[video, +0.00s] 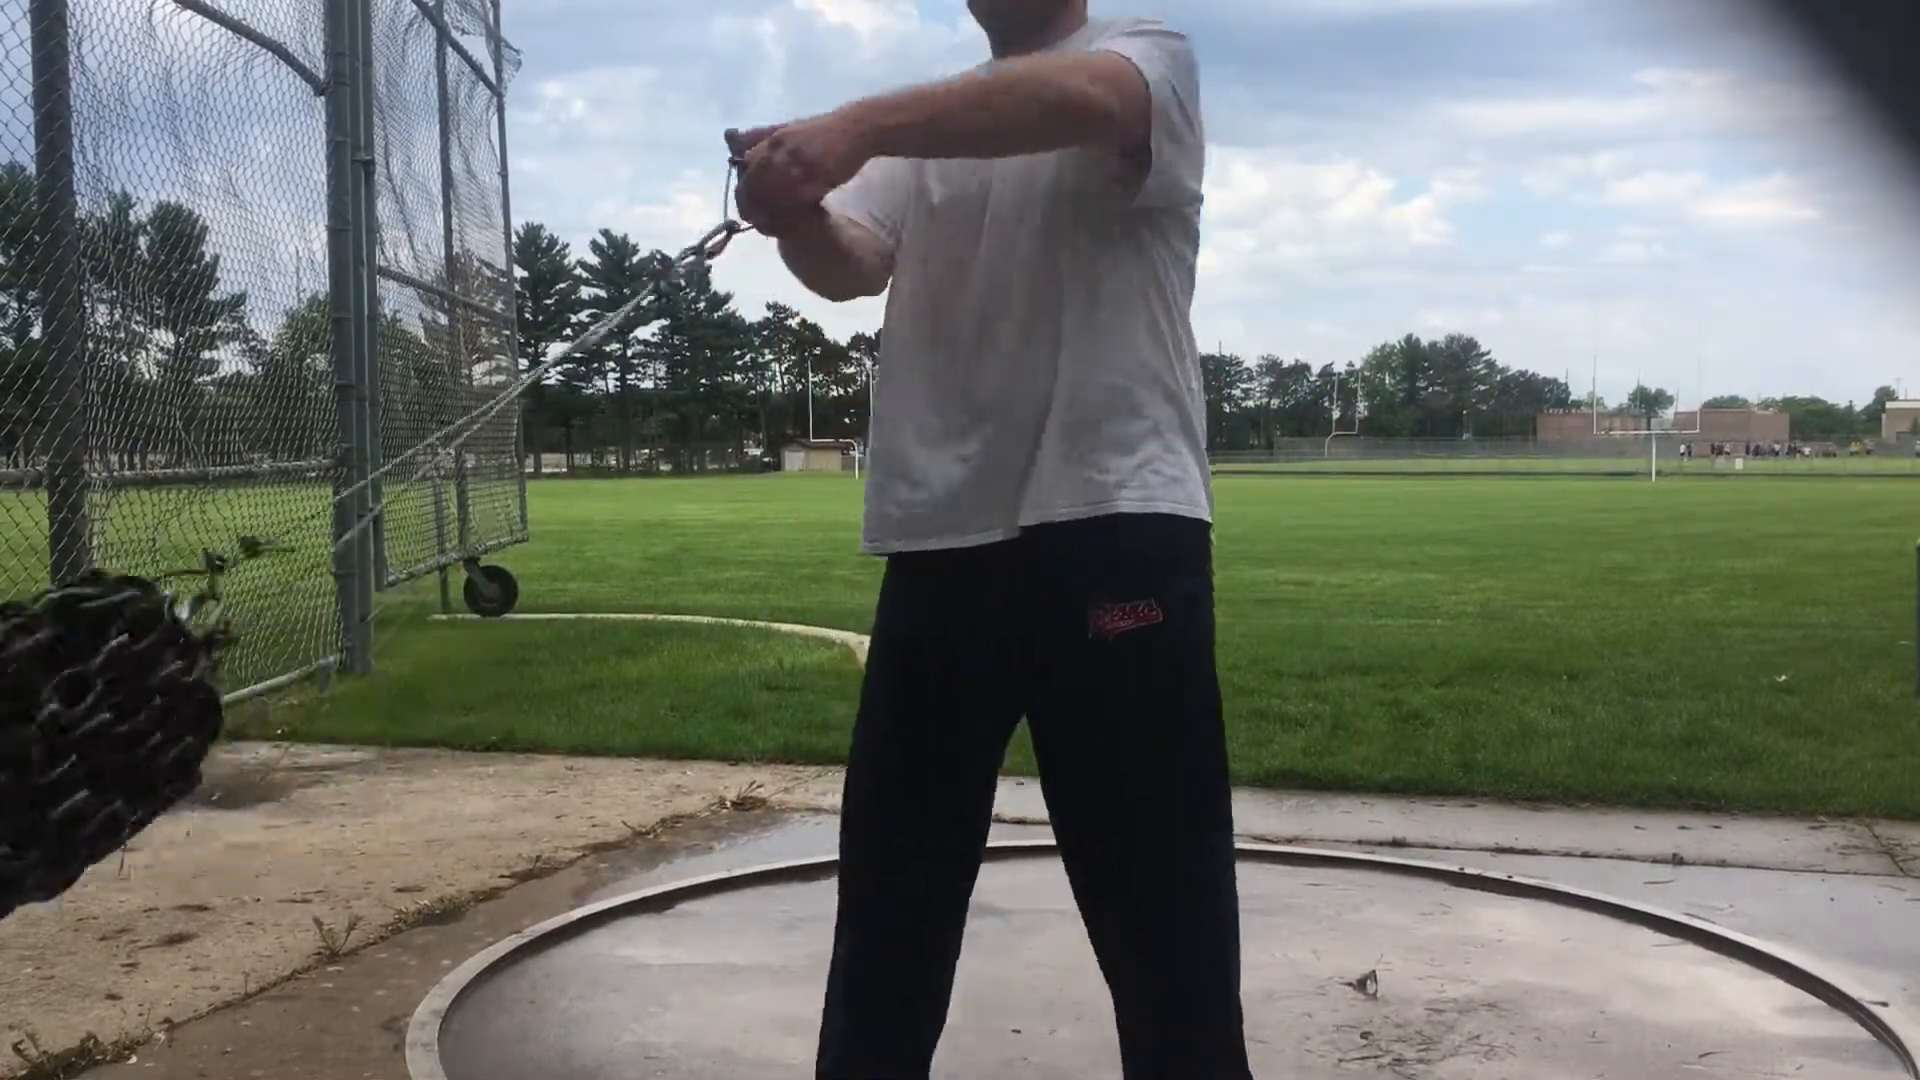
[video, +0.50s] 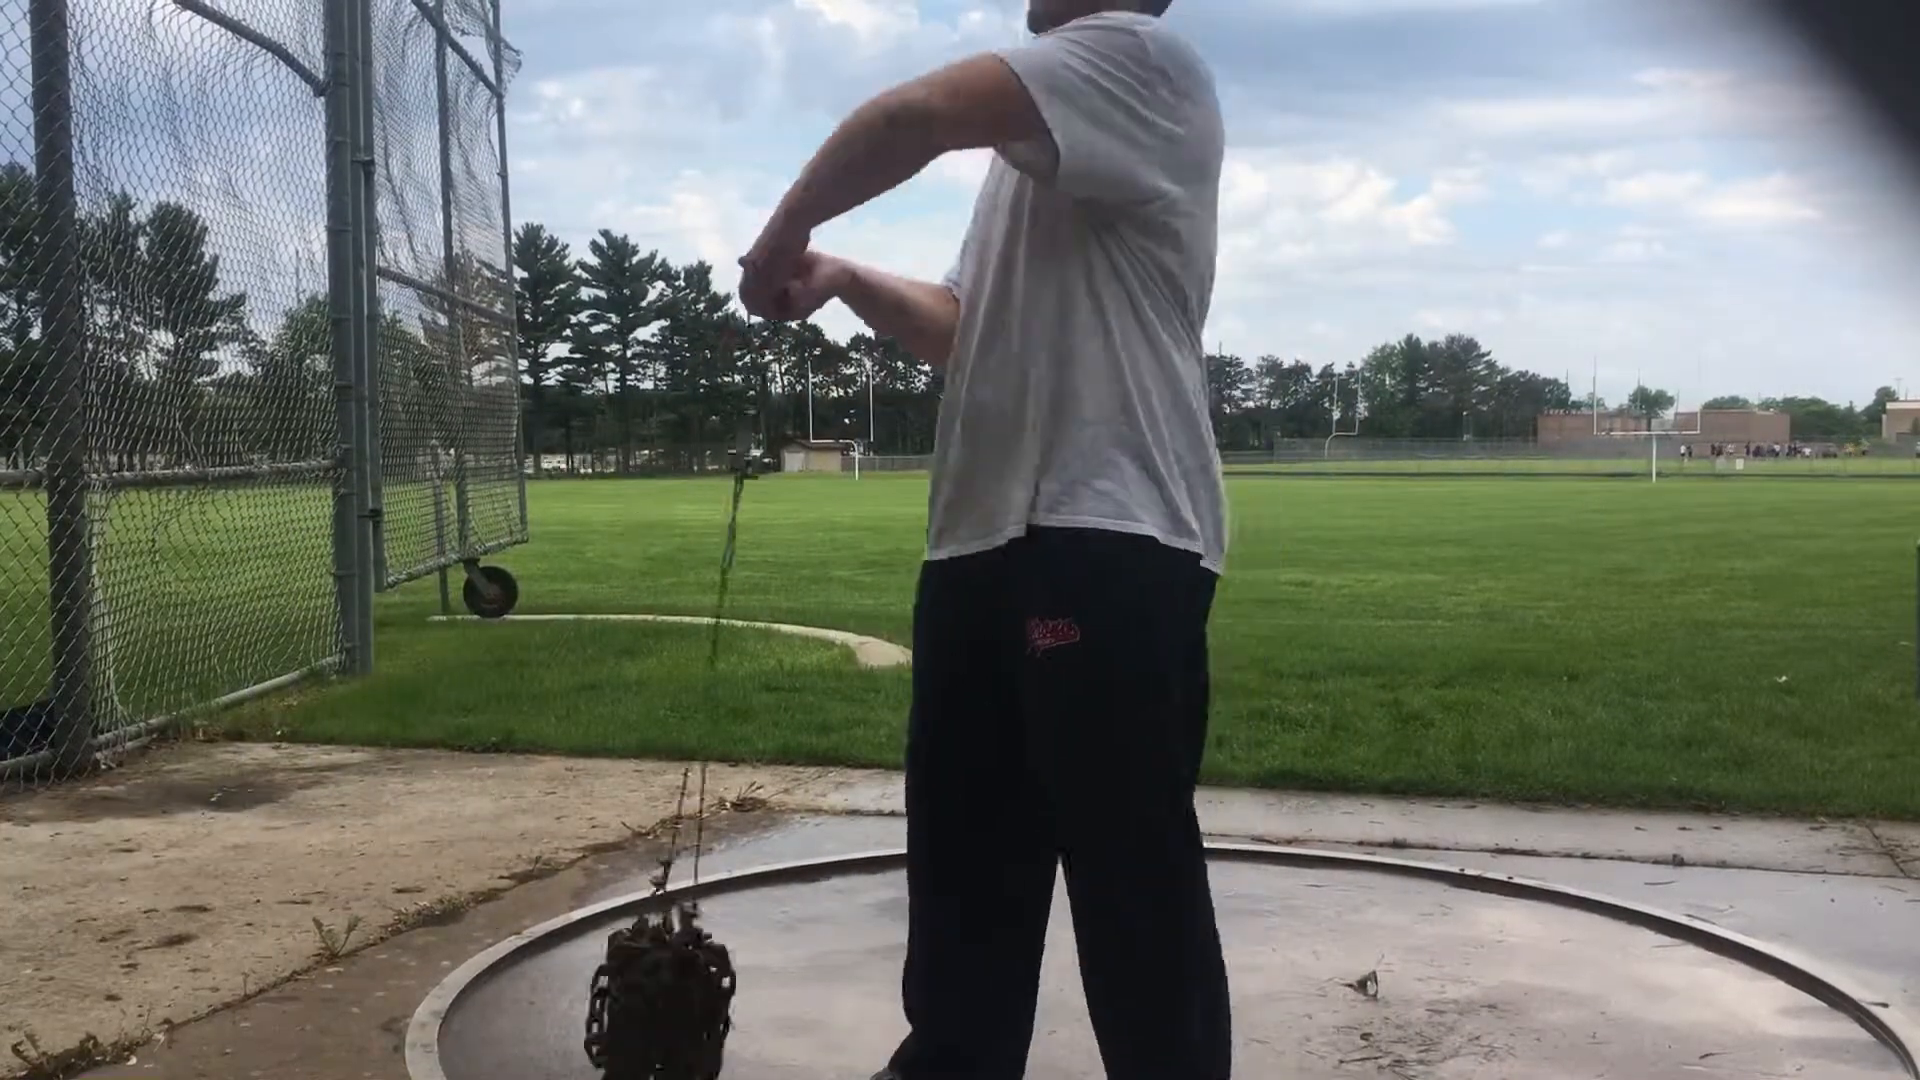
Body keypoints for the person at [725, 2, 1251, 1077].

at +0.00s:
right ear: (977, 4)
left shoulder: (1148, 56)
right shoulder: (928, 133)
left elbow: (1090, 99)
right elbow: (855, 265)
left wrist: (861, 127)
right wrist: (797, 221)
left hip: (1114, 528)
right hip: (938, 544)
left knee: (1162, 918)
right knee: (890, 910)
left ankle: (1189, 1067)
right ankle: (864, 1070)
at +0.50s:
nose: (1028, 3)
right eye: (1032, 6)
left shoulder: (1151, 60)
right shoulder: (1023, 146)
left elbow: (912, 115)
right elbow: (974, 337)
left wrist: (784, 232)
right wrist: (845, 275)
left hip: (1109, 519)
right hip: (976, 537)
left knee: (1129, 867)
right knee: (966, 858)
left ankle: (1169, 1067)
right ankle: (952, 1060)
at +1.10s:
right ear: (1031, 6)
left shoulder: (910, 23)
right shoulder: (1055, 111)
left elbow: (722, 138)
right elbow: (930, 281)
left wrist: (726, 216)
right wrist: (771, 218)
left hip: (938, 484)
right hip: (1006, 490)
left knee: (1017, 826)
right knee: (909, 833)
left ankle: (1172, 1064)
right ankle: (924, 1062)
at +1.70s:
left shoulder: (1202, 93)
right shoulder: (1004, 111)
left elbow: (1048, 184)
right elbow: (916, 279)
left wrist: (817, 249)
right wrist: (832, 293)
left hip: (1138, 526)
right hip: (973, 533)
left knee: (1142, 891)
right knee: (930, 894)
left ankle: (1185, 1074)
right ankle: (918, 1072)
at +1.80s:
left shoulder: (1255, 100)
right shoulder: (1031, 105)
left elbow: (1143, 214)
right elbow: (936, 234)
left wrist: (936, 281)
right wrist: (884, 308)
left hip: (1180, 521)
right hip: (1011, 526)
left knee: (1175, 874)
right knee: (950, 873)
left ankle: (1191, 1066)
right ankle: (920, 1066)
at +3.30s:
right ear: (1069, 17)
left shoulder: (902, 39)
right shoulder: (1104, 148)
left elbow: (814, 201)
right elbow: (1054, 322)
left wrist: (862, 317)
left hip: (944, 483)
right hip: (1045, 497)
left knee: (992, 830)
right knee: (919, 829)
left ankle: (1129, 1065)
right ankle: (937, 1062)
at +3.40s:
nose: (933, 8)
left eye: (940, 2)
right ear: (1078, 8)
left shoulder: (933, 53)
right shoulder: (1116, 133)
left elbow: (799, 225)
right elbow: (1010, 334)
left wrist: (784, 317)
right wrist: (813, 330)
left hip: (981, 510)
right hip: (1082, 516)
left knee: (1022, 853)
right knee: (943, 855)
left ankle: (1140, 1066)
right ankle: (937, 1064)